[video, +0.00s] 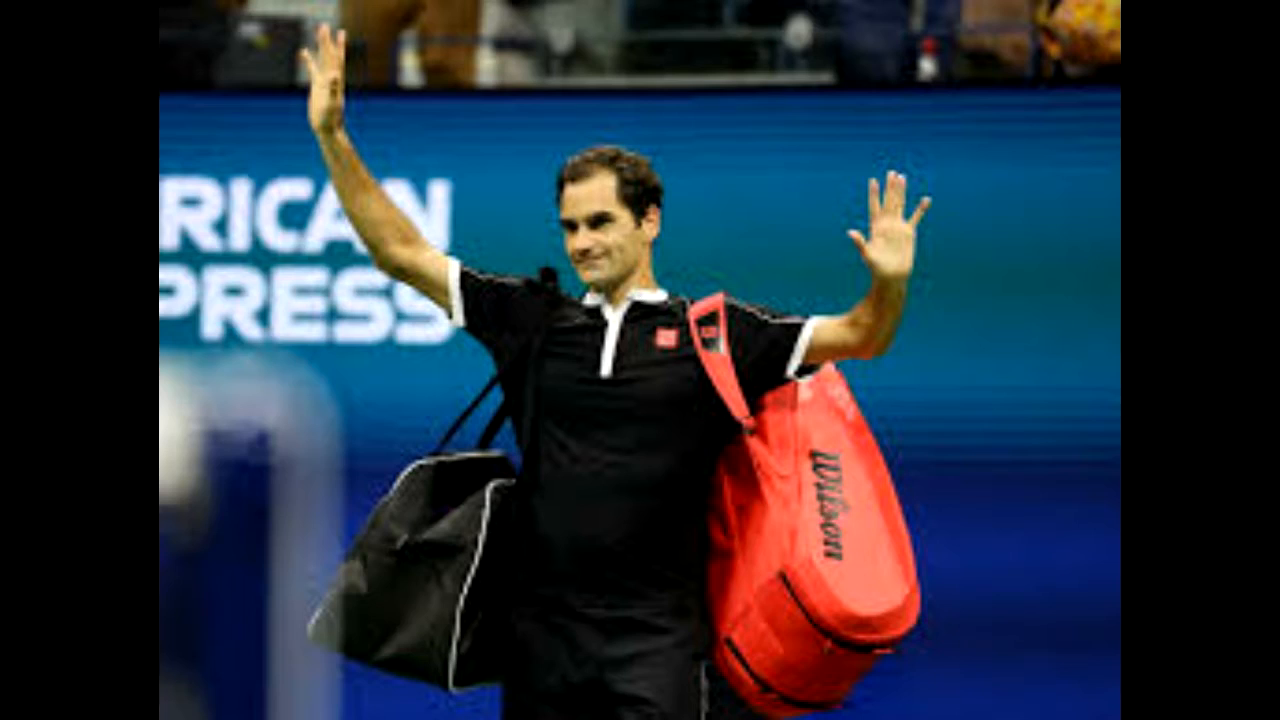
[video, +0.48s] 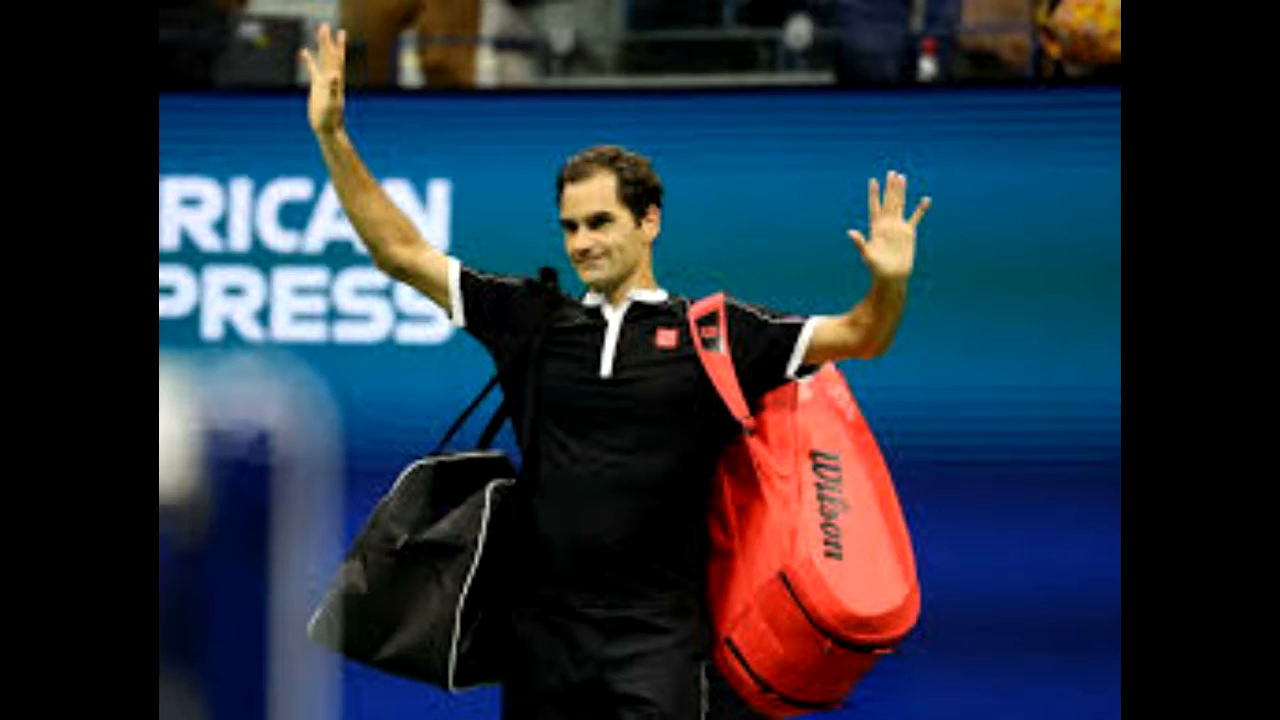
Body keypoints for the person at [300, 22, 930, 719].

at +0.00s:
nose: (581, 242)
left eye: (599, 224)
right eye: (570, 228)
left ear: (647, 225)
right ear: (560, 235)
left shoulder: (715, 329)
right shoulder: (528, 317)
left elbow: (861, 336)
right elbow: (398, 250)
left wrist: (890, 284)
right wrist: (328, 132)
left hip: (658, 628)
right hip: (544, 625)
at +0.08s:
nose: (581, 242)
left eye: (599, 224)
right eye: (570, 228)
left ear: (647, 225)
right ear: (560, 235)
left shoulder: (715, 329)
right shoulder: (528, 317)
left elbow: (861, 336)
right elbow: (398, 250)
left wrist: (890, 285)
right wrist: (328, 132)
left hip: (658, 628)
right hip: (544, 626)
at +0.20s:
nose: (581, 242)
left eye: (599, 224)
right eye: (570, 228)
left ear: (647, 225)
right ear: (560, 235)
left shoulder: (715, 329)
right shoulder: (528, 317)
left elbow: (861, 336)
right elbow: (398, 250)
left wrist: (890, 285)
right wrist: (328, 132)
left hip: (658, 628)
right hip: (544, 626)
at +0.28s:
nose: (581, 242)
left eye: (599, 224)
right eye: (570, 228)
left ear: (647, 225)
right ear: (560, 235)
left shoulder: (715, 329)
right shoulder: (528, 317)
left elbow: (861, 336)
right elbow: (398, 250)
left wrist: (890, 285)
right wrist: (328, 132)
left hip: (658, 628)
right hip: (544, 626)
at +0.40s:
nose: (581, 242)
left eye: (599, 224)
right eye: (570, 228)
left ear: (647, 225)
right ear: (560, 234)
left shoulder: (715, 329)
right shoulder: (528, 317)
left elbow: (861, 336)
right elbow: (398, 250)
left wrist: (890, 285)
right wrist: (328, 133)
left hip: (658, 627)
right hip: (544, 625)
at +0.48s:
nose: (581, 242)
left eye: (599, 224)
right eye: (570, 228)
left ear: (647, 225)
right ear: (560, 234)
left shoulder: (715, 329)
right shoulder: (528, 317)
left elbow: (861, 336)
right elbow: (398, 250)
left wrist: (890, 285)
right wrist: (328, 133)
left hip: (658, 627)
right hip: (544, 625)